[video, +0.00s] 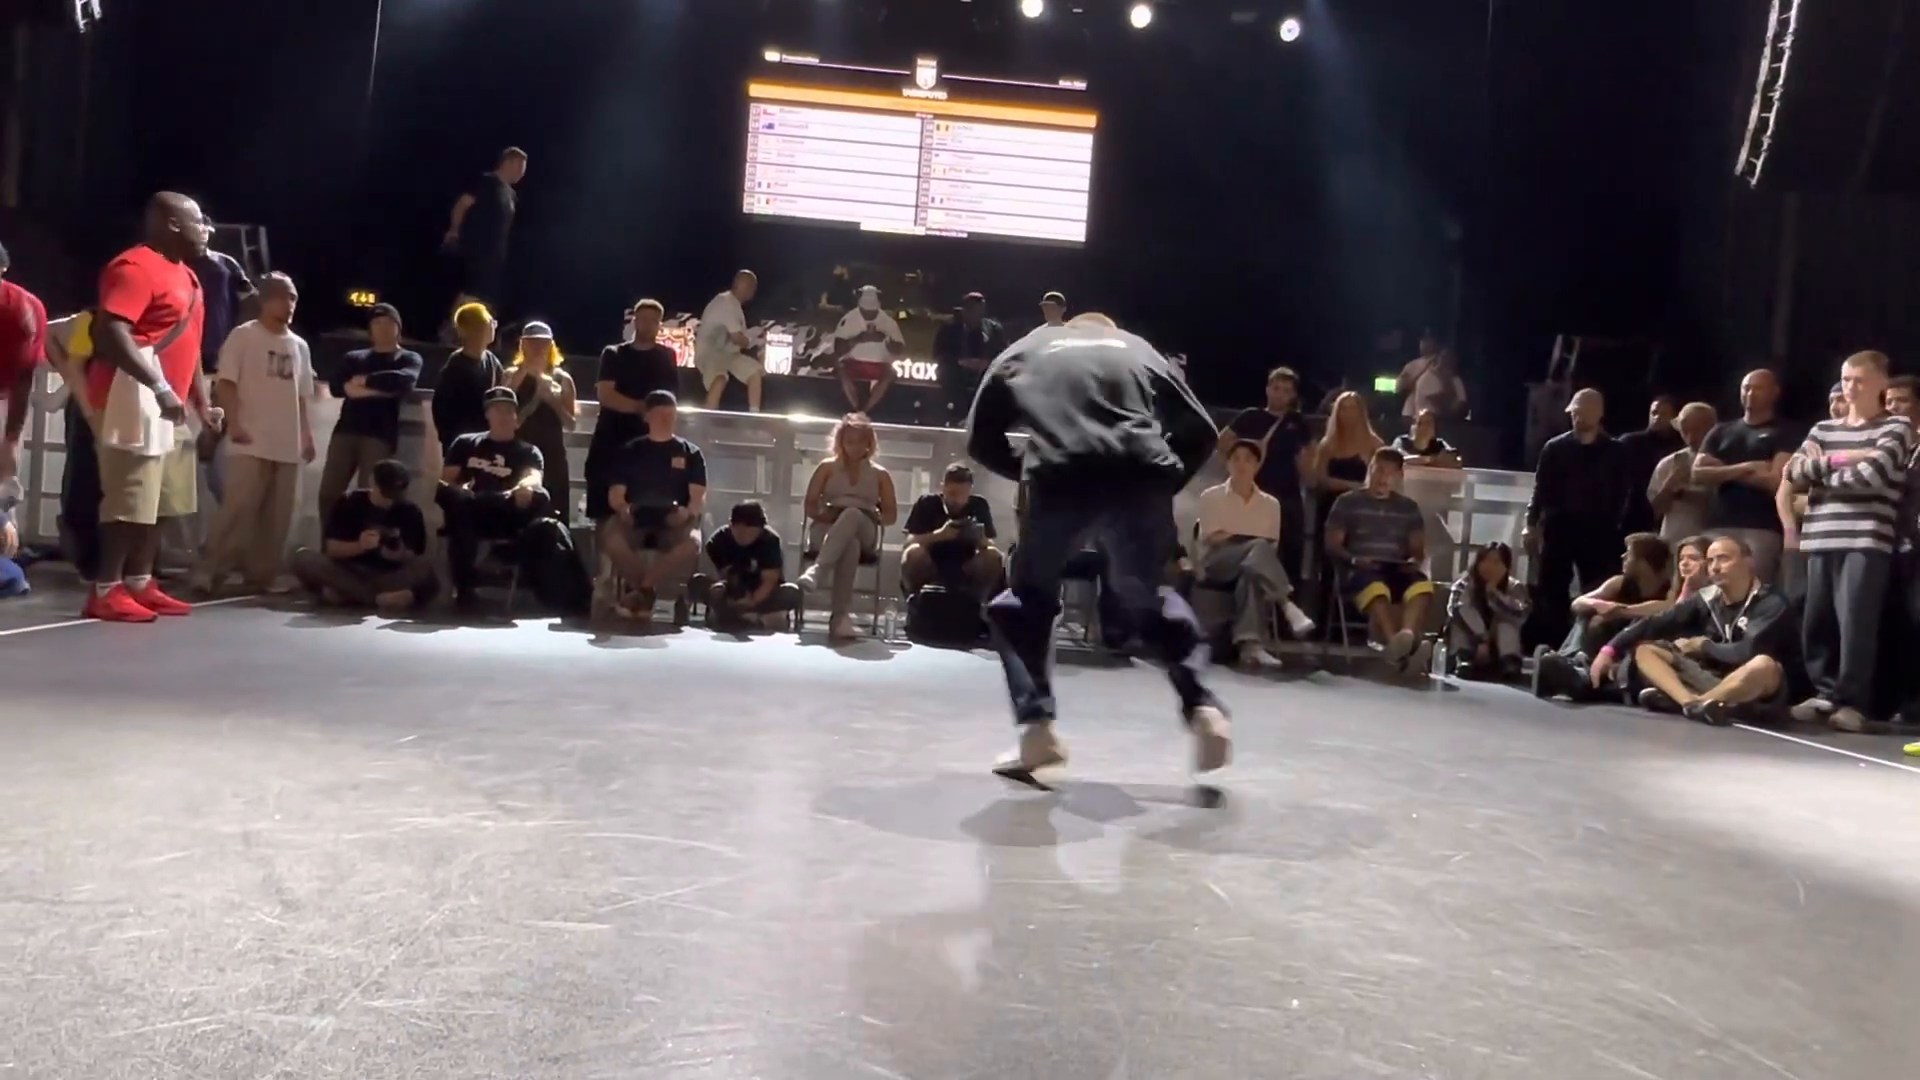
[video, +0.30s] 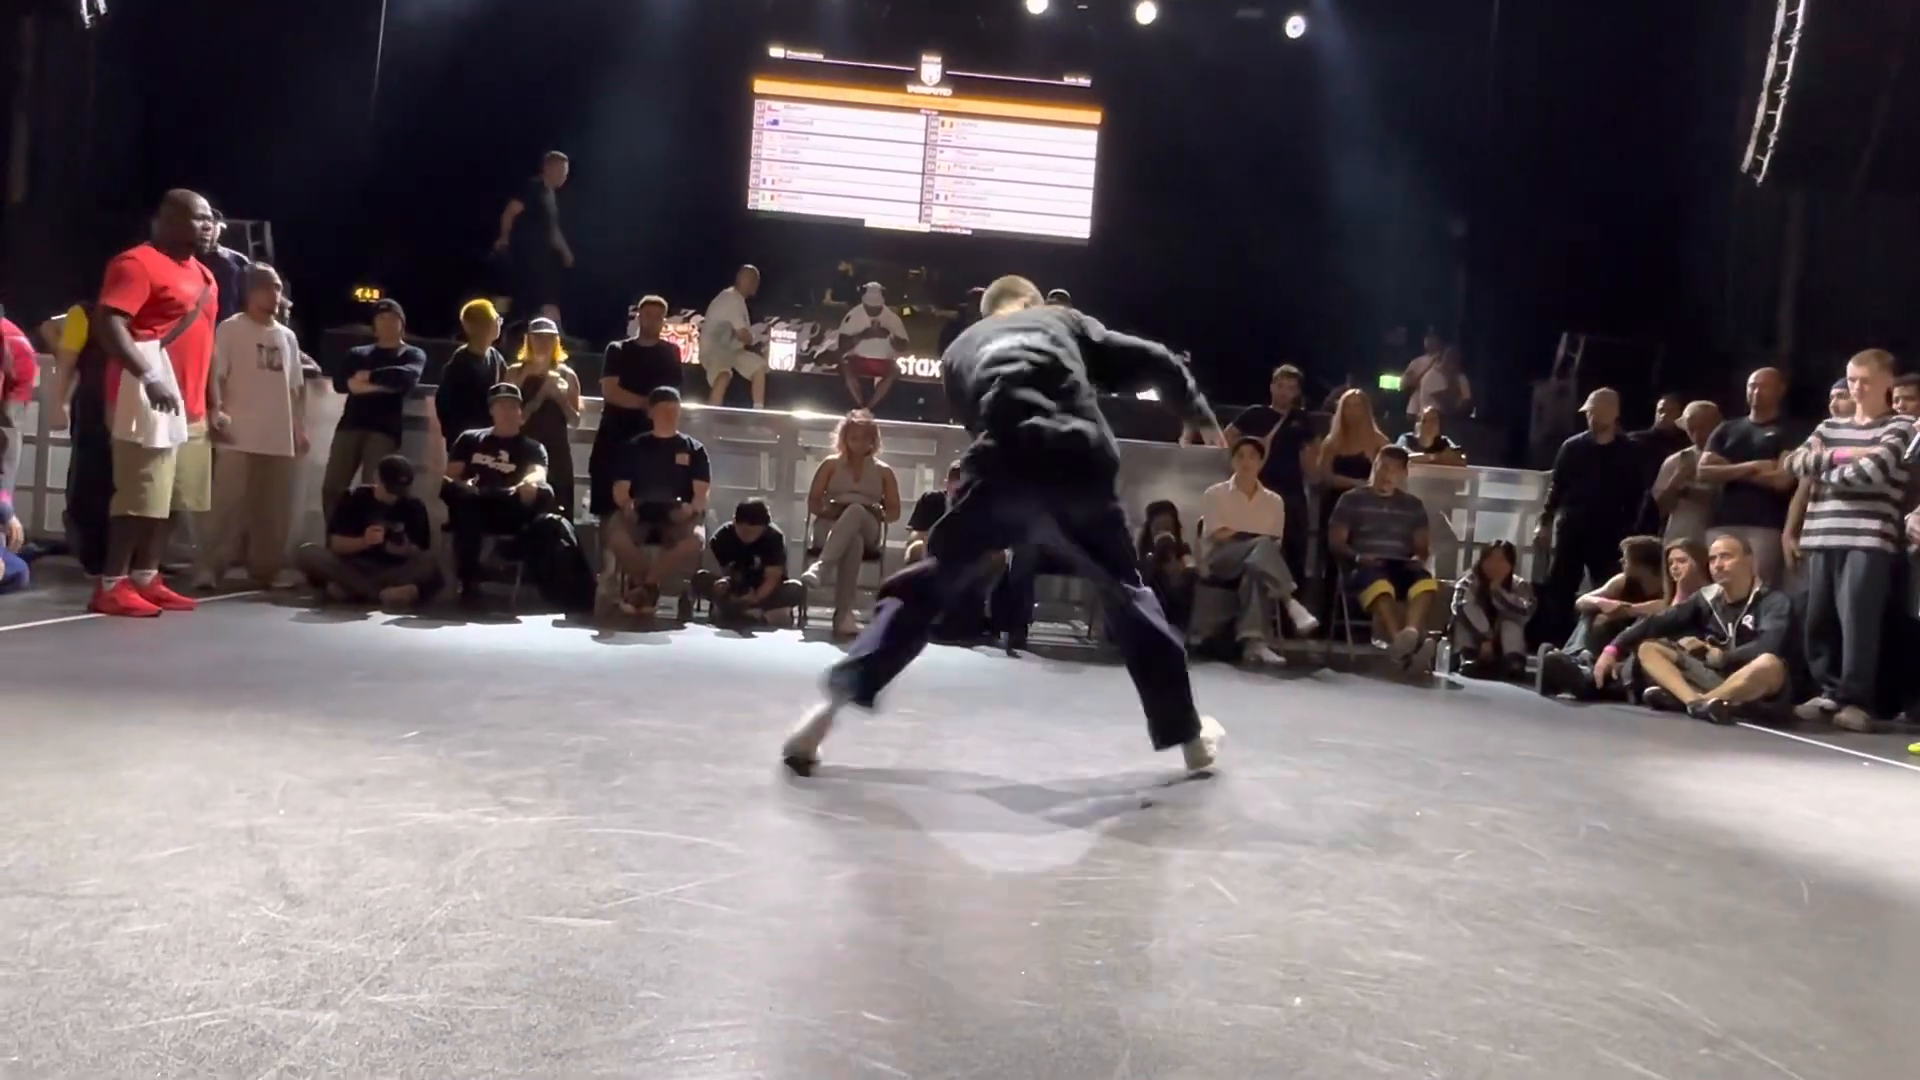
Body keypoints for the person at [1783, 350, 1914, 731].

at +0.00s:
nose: (1848, 388)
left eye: (1858, 381)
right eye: (1845, 381)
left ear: (1880, 386)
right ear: (1840, 385)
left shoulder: (1895, 428)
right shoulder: (1823, 429)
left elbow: (1872, 475)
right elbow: (1793, 472)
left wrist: (1820, 474)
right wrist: (1840, 459)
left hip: (1864, 537)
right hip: (1817, 538)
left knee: (1855, 621)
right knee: (1815, 619)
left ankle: (1853, 703)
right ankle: (1824, 692)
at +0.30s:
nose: (1854, 387)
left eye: (1862, 381)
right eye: (1851, 380)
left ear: (1886, 383)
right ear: (1847, 383)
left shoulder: (1899, 426)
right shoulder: (1830, 427)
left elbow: (1871, 471)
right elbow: (1792, 462)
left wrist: (1825, 469)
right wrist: (1841, 457)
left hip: (1866, 535)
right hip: (1820, 535)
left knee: (1856, 619)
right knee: (1817, 618)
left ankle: (1857, 701)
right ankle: (1827, 693)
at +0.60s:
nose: (1864, 382)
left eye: (1872, 375)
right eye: (1861, 375)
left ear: (1896, 379)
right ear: (1857, 379)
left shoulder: (1907, 423)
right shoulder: (1842, 420)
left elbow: (1876, 469)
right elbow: (1803, 458)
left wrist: (1834, 465)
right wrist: (1848, 453)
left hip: (1873, 535)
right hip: (1827, 532)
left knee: (1863, 617)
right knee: (1822, 614)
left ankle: (1865, 699)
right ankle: (1833, 688)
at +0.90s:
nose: (1871, 380)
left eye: (1880, 373)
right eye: (1868, 373)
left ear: (1908, 377)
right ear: (1865, 376)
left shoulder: (1913, 422)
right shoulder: (1851, 417)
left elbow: (1883, 472)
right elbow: (1813, 456)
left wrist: (1843, 469)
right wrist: (1855, 459)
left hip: (1885, 538)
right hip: (1838, 534)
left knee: (1872, 618)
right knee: (1831, 610)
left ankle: (1868, 697)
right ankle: (1838, 687)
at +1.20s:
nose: (1876, 383)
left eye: (1885, 375)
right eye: (1873, 375)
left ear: (1915, 380)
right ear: (1870, 378)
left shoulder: (1918, 425)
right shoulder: (1860, 415)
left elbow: (1894, 475)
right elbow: (1826, 458)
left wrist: (1850, 464)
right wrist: (1870, 465)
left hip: (1894, 543)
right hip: (1847, 536)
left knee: (1881, 626)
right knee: (1833, 612)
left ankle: (1874, 699)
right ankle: (1840, 687)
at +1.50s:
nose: (1878, 380)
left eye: (1887, 373)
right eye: (1875, 373)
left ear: (1915, 377)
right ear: (1871, 375)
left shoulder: (1918, 424)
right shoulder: (1857, 418)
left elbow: (1898, 479)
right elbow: (1824, 464)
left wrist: (1847, 470)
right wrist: (1866, 469)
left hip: (1894, 541)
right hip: (1847, 536)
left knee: (1881, 623)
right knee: (1835, 612)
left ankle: (1876, 699)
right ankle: (1838, 687)